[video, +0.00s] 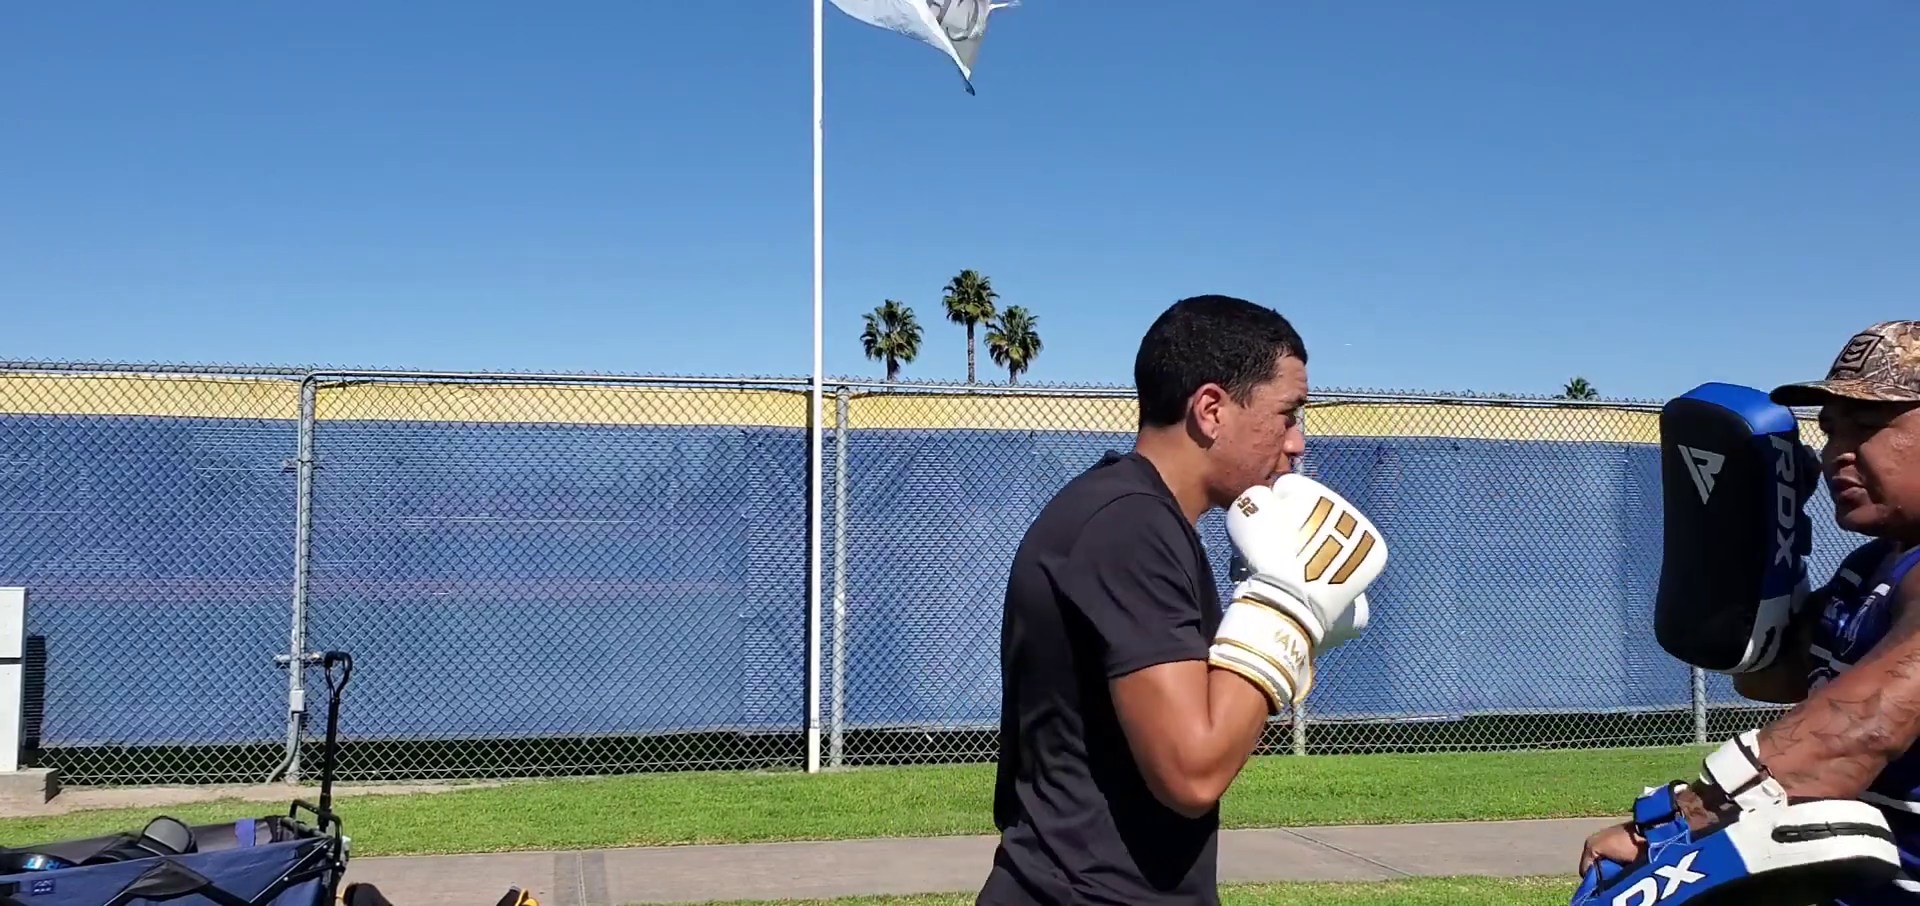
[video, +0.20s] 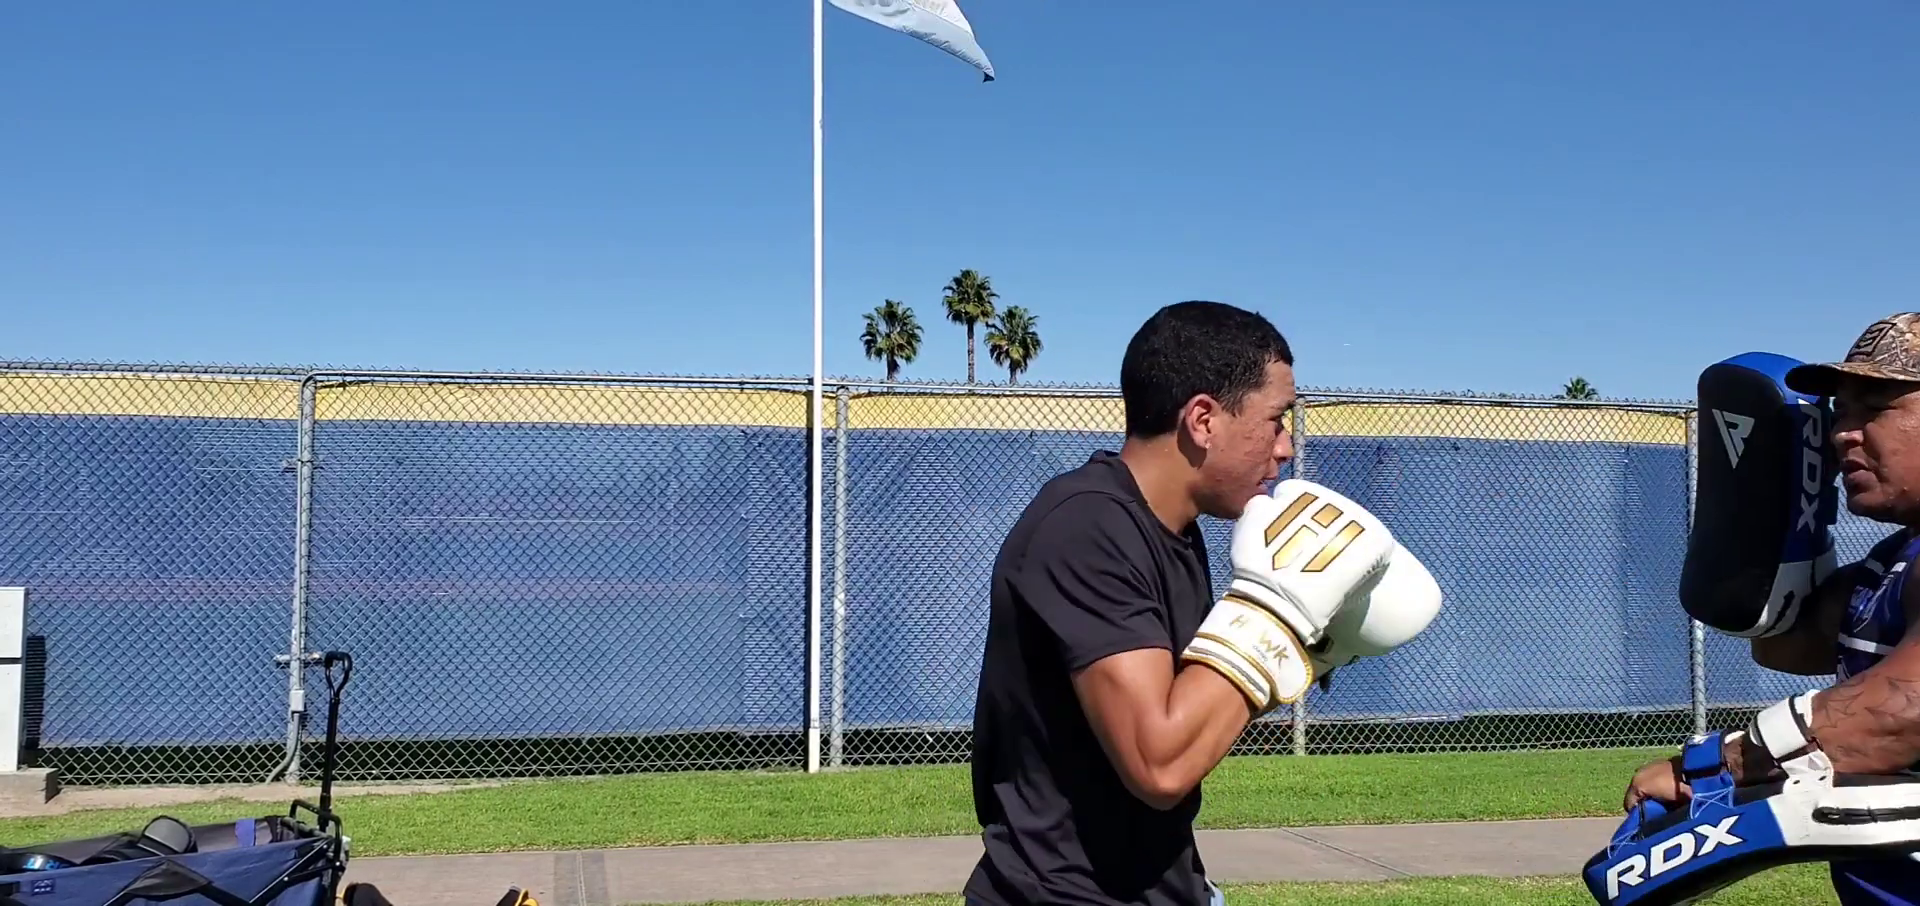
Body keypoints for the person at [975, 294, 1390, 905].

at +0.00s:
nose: (1299, 444)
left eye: (1298, 417)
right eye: (1287, 416)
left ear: (1210, 414)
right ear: (1211, 411)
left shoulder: (1136, 512)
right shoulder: (1130, 525)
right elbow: (1193, 771)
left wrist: (1289, 631)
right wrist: (1280, 609)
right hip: (1096, 889)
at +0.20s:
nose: (1288, 449)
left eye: (1286, 421)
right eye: (1275, 420)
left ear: (1205, 424)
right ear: (1202, 421)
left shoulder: (1178, 536)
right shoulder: (1086, 533)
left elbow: (1178, 732)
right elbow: (1161, 764)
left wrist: (1293, 661)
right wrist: (1270, 612)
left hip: (1167, 880)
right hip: (1066, 888)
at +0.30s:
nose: (1308, 488)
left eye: (1307, 461)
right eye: (1297, 460)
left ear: (1228, 465)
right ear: (1225, 461)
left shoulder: (1217, 566)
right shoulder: (1091, 554)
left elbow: (1236, 711)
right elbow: (1169, 776)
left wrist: (1344, 635)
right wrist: (1303, 641)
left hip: (1182, 883)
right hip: (1069, 891)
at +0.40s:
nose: (1352, 458)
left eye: (1350, 435)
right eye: (1341, 433)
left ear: (1275, 433)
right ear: (1273, 434)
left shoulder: (1186, 512)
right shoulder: (1203, 523)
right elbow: (1319, 709)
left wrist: (1321, 582)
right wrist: (1394, 572)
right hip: (1137, 886)